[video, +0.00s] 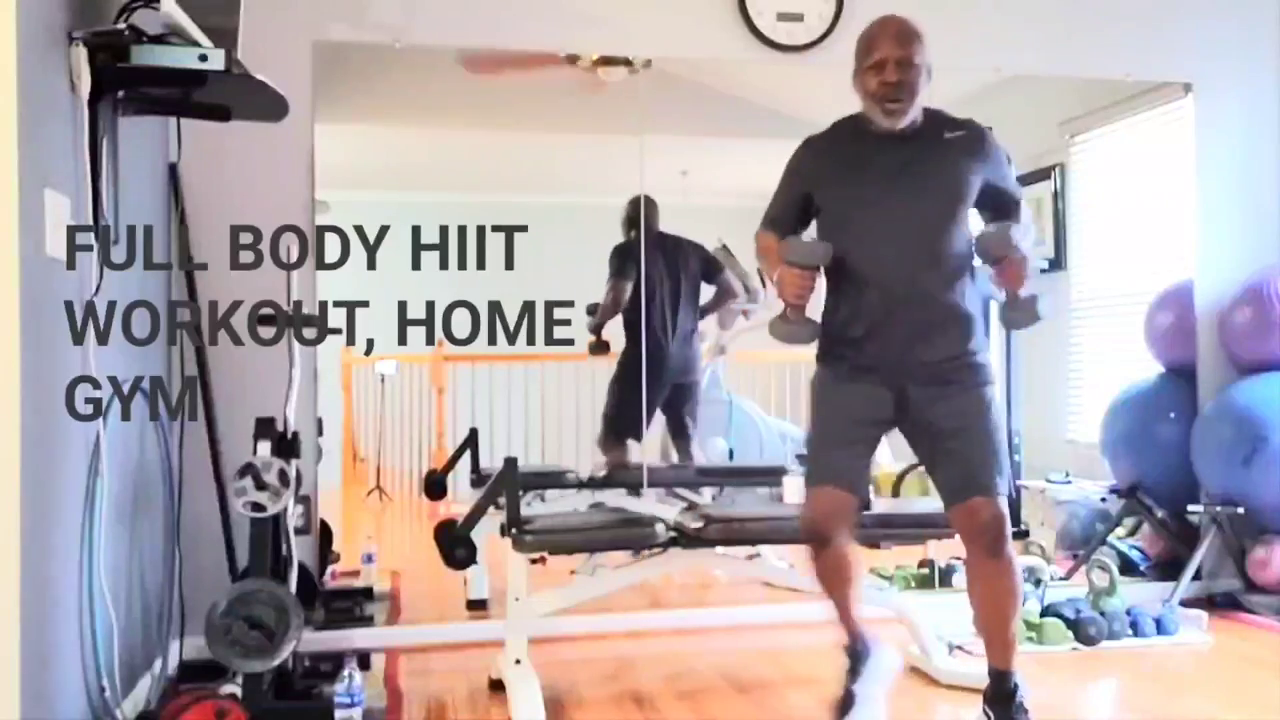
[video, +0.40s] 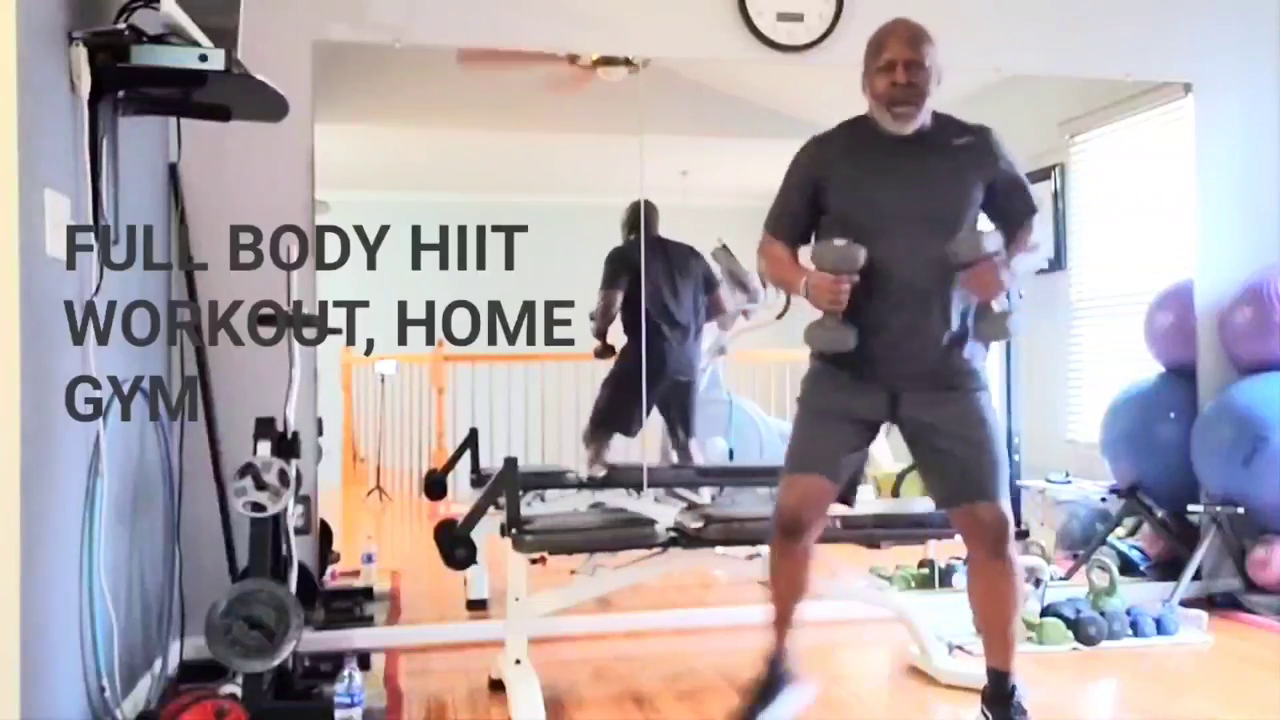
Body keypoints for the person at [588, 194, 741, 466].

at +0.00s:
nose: (623, 224)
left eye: (625, 219)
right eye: (624, 219)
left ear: (629, 220)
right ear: (657, 219)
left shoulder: (628, 250)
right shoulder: (689, 248)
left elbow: (618, 298)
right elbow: (731, 291)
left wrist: (597, 323)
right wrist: (698, 313)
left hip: (644, 362)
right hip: (685, 362)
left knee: (612, 439)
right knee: (685, 441)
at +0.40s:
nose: (624, 232)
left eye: (624, 227)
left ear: (628, 226)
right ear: (656, 224)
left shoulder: (624, 254)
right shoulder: (691, 255)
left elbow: (609, 308)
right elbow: (719, 308)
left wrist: (602, 338)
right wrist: (686, 320)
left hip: (643, 359)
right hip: (686, 362)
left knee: (597, 434)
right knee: (685, 443)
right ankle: (701, 504)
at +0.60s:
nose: (609, 260)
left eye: (609, 256)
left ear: (609, 259)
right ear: (636, 258)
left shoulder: (601, 294)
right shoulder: (664, 289)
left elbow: (582, 347)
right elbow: (681, 335)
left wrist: (580, 366)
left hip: (624, 392)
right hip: (668, 390)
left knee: (567, 454)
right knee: (675, 459)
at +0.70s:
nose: (589, 255)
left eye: (590, 251)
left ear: (591, 254)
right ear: (618, 254)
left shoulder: (583, 289)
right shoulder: (649, 286)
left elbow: (562, 347)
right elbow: (665, 343)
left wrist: (564, 362)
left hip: (608, 386)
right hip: (653, 386)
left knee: (554, 455)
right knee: (662, 461)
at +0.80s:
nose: (574, 235)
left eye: (574, 230)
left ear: (574, 232)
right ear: (602, 231)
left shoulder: (566, 266)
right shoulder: (632, 264)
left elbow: (548, 315)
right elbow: (655, 316)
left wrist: (549, 346)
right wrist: (622, 324)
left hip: (588, 364)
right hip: (629, 364)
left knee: (553, 441)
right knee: (642, 439)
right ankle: (674, 498)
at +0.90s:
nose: (561, 219)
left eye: (561, 215)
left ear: (563, 215)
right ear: (592, 213)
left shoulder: (559, 243)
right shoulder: (620, 243)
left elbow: (546, 294)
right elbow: (637, 298)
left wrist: (531, 321)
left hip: (576, 345)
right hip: (617, 346)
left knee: (553, 424)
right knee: (617, 423)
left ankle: (551, 477)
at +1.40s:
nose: (550, 224)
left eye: (550, 219)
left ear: (552, 220)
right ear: (581, 218)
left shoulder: (547, 250)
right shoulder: (608, 248)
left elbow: (527, 297)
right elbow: (634, 307)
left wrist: (528, 335)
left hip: (572, 348)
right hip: (612, 348)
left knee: (546, 431)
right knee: (617, 426)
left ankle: (545, 491)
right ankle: (636, 477)